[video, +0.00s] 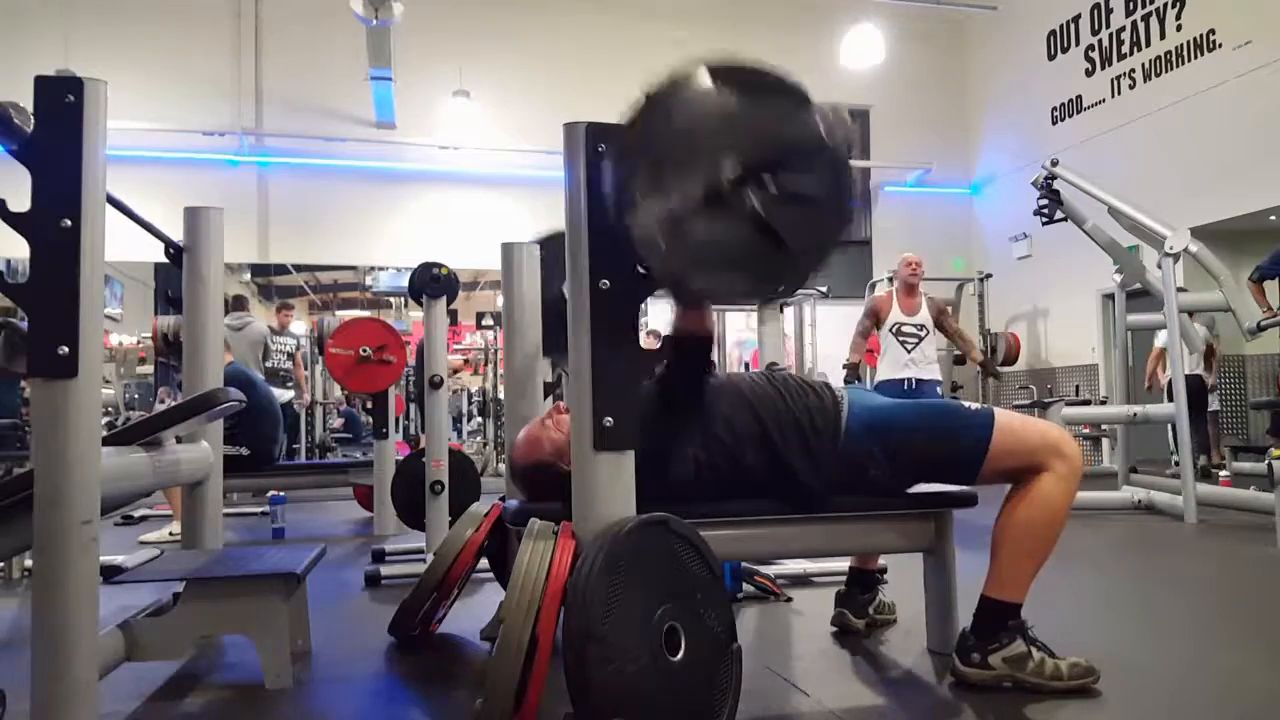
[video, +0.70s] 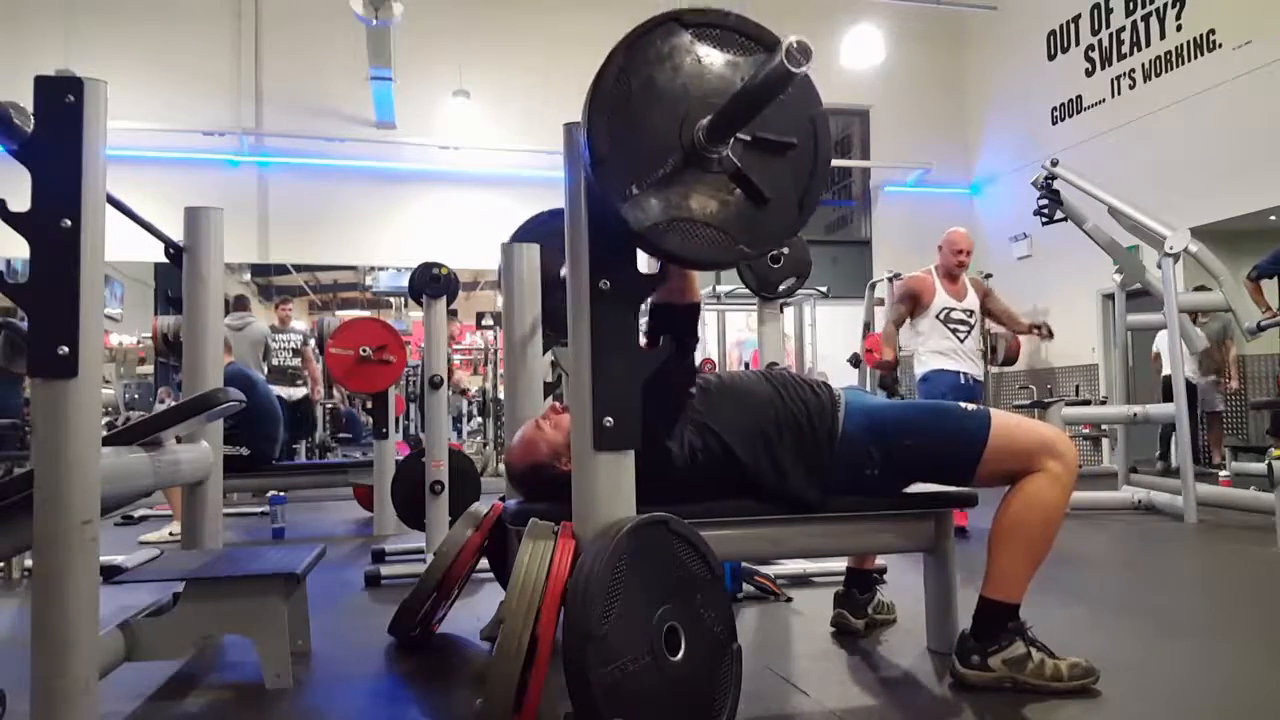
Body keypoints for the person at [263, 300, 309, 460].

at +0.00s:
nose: (289, 319)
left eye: (291, 316)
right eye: (286, 315)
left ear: (293, 317)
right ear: (277, 315)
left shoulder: (294, 339)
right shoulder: (265, 334)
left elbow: (298, 366)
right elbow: (257, 360)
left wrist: (304, 391)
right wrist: (258, 386)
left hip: (288, 389)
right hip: (268, 389)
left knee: (292, 427)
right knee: (270, 426)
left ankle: (289, 460)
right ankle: (270, 461)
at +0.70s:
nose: (287, 313)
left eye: (289, 310)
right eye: (283, 310)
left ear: (293, 312)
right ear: (276, 311)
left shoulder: (301, 334)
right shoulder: (268, 333)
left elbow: (310, 361)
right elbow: (260, 359)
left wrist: (317, 384)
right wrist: (259, 383)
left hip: (299, 387)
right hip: (276, 387)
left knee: (304, 427)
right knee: (280, 428)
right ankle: (281, 462)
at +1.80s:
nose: (308, 312)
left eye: (311, 308)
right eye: (307, 308)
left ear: (322, 308)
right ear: (311, 310)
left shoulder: (337, 328)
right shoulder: (309, 331)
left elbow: (347, 359)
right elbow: (304, 361)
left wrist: (343, 385)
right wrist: (293, 384)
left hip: (331, 386)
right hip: (309, 386)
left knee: (332, 426)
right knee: (295, 420)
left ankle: (334, 462)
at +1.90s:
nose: (305, 312)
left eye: (308, 308)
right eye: (304, 308)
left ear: (320, 307)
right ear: (307, 310)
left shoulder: (336, 329)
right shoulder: (309, 332)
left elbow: (343, 359)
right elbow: (306, 361)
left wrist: (337, 386)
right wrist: (296, 384)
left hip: (331, 387)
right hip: (311, 386)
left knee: (331, 427)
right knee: (297, 421)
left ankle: (335, 462)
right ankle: (331, 428)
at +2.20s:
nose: (299, 313)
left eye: (301, 309)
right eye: (299, 309)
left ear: (310, 310)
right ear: (310, 310)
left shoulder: (321, 330)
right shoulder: (315, 331)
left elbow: (321, 364)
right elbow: (311, 363)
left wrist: (312, 386)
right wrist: (304, 386)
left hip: (323, 387)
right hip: (314, 387)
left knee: (321, 429)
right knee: (316, 428)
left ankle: (327, 460)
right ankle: (318, 460)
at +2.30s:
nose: (300, 314)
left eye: (301, 310)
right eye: (300, 310)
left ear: (309, 310)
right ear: (311, 310)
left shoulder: (318, 330)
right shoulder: (321, 328)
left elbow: (317, 361)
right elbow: (319, 360)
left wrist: (302, 386)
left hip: (319, 387)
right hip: (320, 386)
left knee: (317, 431)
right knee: (317, 430)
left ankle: (323, 464)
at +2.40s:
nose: (299, 314)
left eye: (301, 310)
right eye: (300, 310)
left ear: (307, 310)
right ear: (313, 310)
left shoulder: (317, 331)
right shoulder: (318, 330)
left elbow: (310, 362)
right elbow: (311, 362)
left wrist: (294, 386)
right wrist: (298, 385)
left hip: (317, 385)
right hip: (319, 384)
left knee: (313, 426)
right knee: (313, 425)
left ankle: (320, 461)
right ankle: (318, 459)